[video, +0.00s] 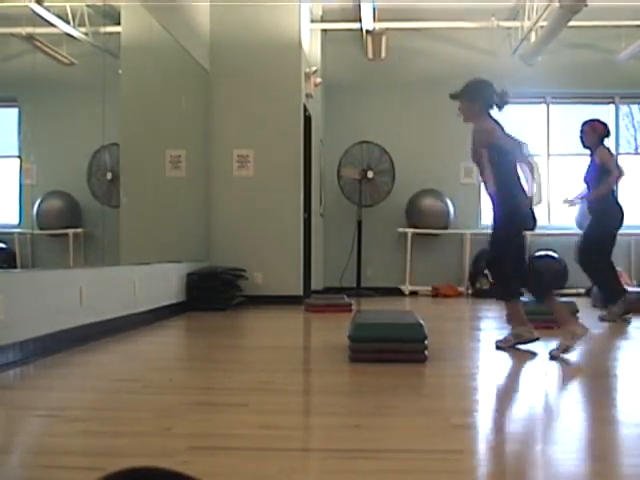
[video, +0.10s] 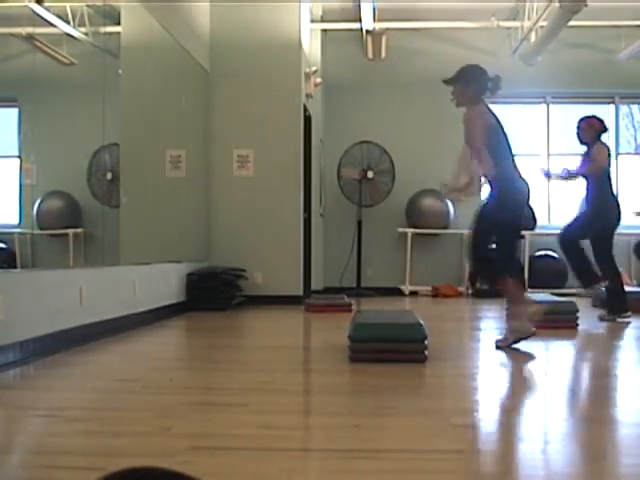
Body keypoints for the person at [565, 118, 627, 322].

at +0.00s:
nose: (582, 137)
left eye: (586, 133)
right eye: (582, 133)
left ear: (597, 135)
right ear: (591, 135)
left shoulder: (602, 152)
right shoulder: (597, 155)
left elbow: (616, 173)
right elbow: (598, 183)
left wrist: (595, 194)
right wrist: (579, 198)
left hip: (606, 211)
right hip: (602, 211)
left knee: (586, 254)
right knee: (600, 256)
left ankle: (616, 297)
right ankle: (615, 297)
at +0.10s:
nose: (578, 132)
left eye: (582, 129)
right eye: (578, 129)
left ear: (594, 130)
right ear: (586, 132)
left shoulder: (600, 149)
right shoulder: (589, 153)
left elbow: (598, 167)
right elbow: (581, 174)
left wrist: (575, 172)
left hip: (601, 210)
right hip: (600, 210)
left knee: (567, 237)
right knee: (605, 258)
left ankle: (591, 282)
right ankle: (618, 307)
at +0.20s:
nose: (572, 133)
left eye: (576, 130)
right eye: (572, 130)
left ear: (587, 131)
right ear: (582, 133)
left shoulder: (594, 150)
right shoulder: (585, 152)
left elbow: (568, 162)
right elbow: (562, 162)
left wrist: (541, 155)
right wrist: (543, 155)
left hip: (598, 211)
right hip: (594, 209)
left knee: (556, 231)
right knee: (605, 260)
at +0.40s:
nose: (554, 133)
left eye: (557, 129)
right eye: (554, 129)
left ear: (567, 129)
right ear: (569, 130)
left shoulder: (572, 149)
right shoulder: (573, 149)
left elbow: (548, 162)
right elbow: (549, 161)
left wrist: (531, 159)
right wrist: (533, 158)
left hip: (581, 208)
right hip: (590, 208)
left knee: (547, 235)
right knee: (593, 257)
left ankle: (541, 287)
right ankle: (614, 302)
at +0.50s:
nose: (546, 125)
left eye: (549, 122)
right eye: (546, 122)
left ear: (560, 123)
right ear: (560, 123)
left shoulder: (565, 141)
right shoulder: (563, 143)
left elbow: (551, 163)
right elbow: (564, 167)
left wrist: (536, 173)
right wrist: (550, 174)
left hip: (578, 201)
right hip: (580, 200)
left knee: (546, 237)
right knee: (572, 246)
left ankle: (542, 286)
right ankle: (597, 287)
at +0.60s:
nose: (537, 123)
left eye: (540, 119)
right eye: (537, 119)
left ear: (551, 119)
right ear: (555, 120)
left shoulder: (556, 136)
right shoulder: (564, 136)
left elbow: (556, 161)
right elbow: (582, 154)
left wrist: (547, 180)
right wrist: (570, 176)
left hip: (575, 195)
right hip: (581, 193)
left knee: (549, 234)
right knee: (554, 235)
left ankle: (542, 285)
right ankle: (580, 279)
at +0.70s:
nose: (533, 125)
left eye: (535, 120)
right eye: (533, 120)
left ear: (546, 120)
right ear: (550, 120)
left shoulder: (553, 138)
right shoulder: (563, 135)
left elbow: (566, 162)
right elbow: (589, 151)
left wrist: (561, 187)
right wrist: (586, 176)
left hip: (573, 194)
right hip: (582, 193)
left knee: (547, 232)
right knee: (550, 231)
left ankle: (545, 282)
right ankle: (559, 275)